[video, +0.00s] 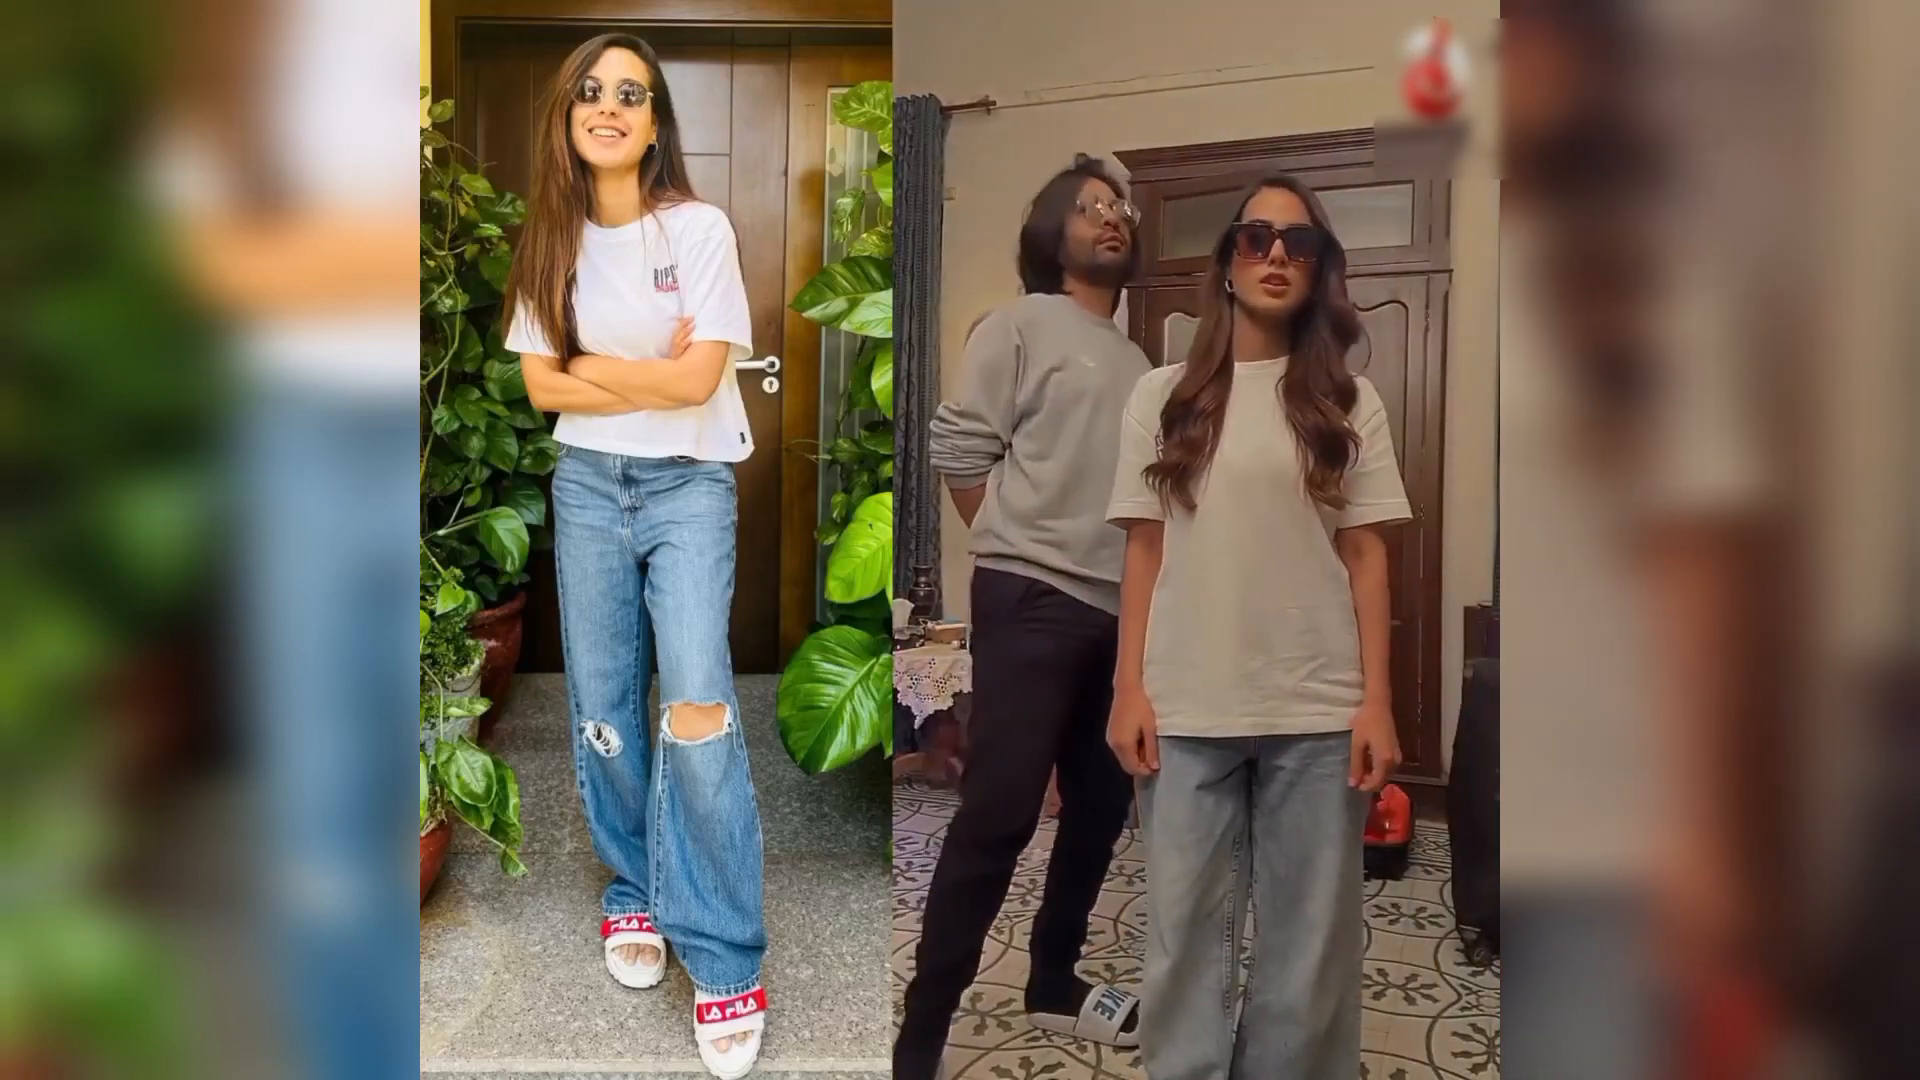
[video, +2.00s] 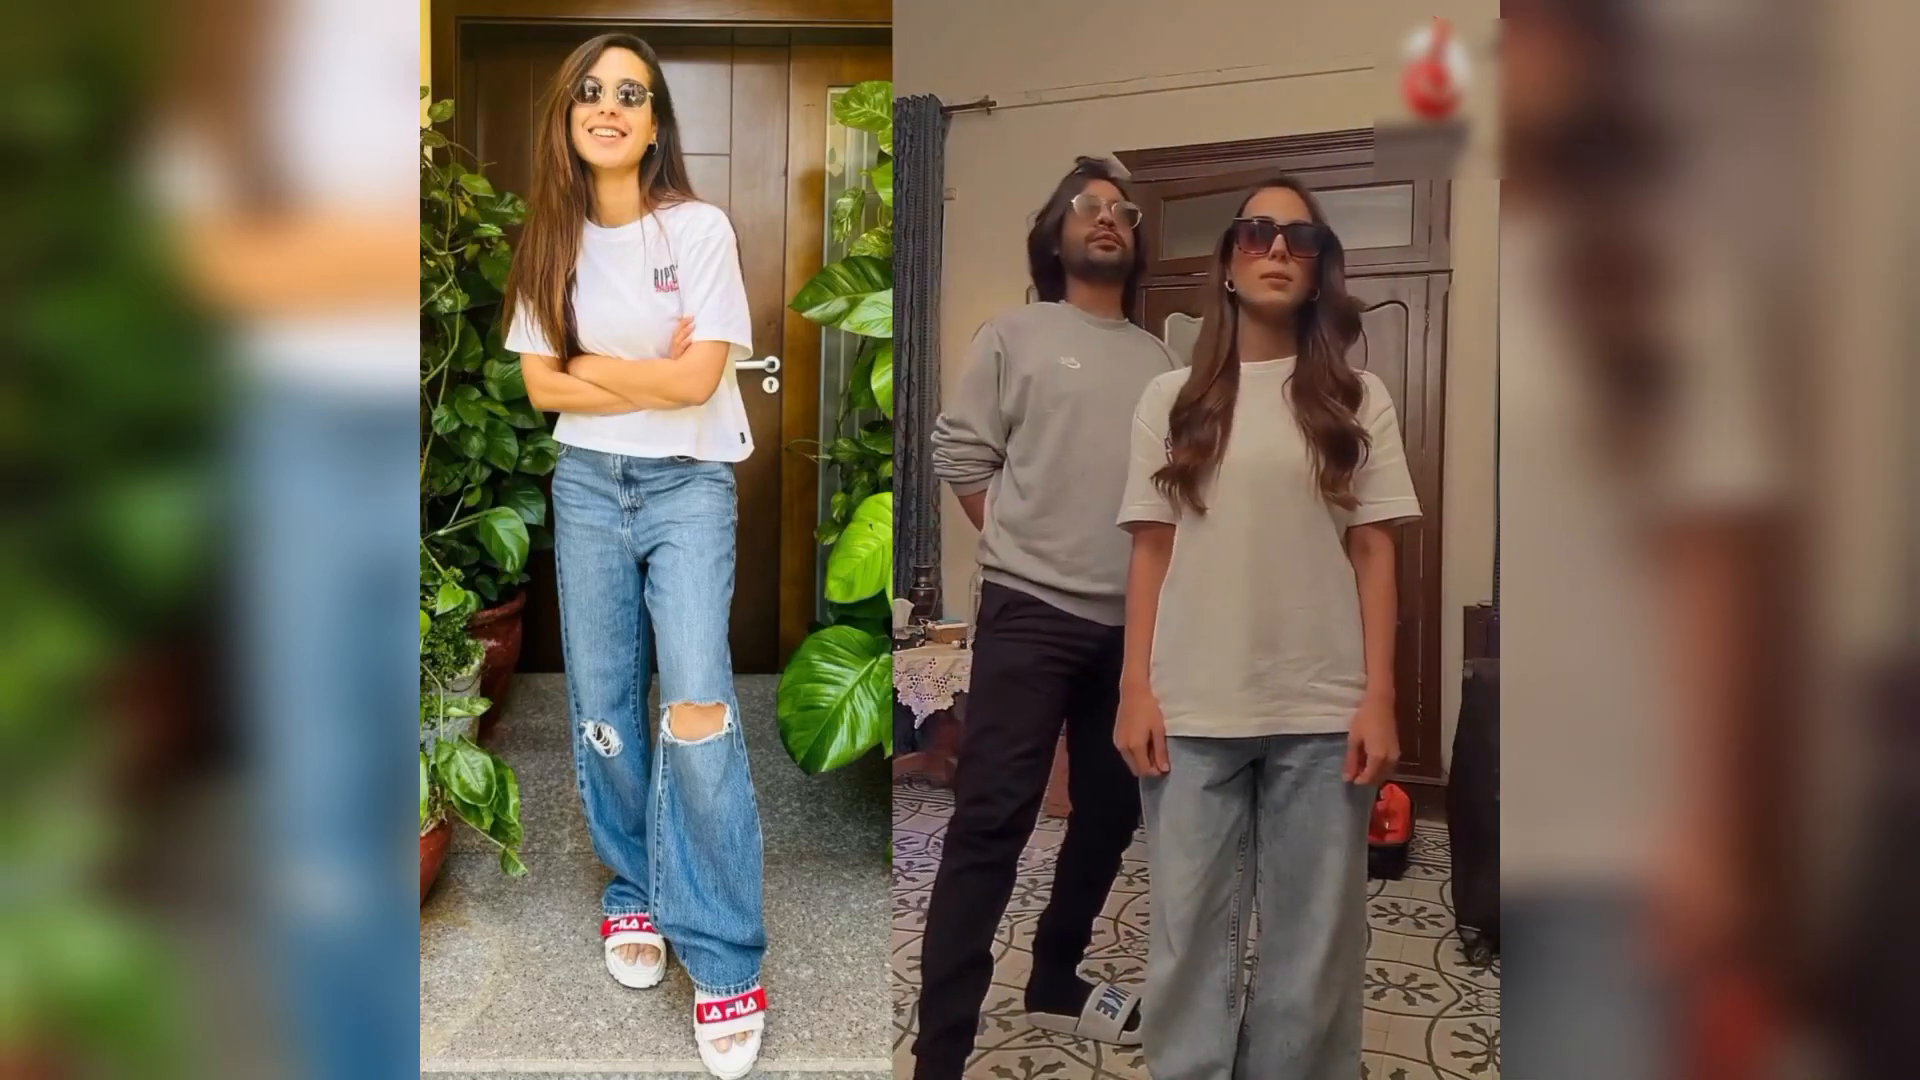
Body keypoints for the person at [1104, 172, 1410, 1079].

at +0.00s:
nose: (1276, 253)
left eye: (1298, 241)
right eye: (1257, 238)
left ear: (1323, 269)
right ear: (1227, 264)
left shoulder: (1350, 397)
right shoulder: (1166, 392)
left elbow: (1365, 554)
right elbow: (1144, 549)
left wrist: (1376, 701)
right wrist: (1129, 686)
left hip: (1319, 715)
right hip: (1186, 712)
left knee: (1310, 954)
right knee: (1178, 942)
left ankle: (1286, 1073)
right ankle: (1183, 1068)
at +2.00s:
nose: (1278, 249)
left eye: (1299, 238)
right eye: (1258, 235)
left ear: (1321, 268)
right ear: (1227, 263)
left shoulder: (1358, 397)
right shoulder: (1174, 395)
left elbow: (1374, 554)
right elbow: (1150, 550)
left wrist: (1378, 700)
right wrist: (1136, 685)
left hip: (1325, 717)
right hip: (1193, 715)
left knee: (1313, 957)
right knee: (1184, 945)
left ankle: (1289, 1073)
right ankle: (1186, 1070)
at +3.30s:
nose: (1278, 249)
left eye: (1300, 240)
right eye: (1260, 235)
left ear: (1323, 271)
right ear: (1228, 261)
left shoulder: (1346, 395)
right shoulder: (1164, 390)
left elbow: (1366, 552)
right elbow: (1143, 544)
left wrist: (1386, 682)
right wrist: (1121, 671)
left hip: (1322, 714)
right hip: (1185, 712)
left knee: (1309, 954)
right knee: (1181, 944)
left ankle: (1290, 1073)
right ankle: (1186, 1068)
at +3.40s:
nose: (1274, 247)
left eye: (1295, 236)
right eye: (1255, 233)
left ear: (1320, 265)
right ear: (1225, 260)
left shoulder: (1351, 393)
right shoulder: (1168, 390)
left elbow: (1354, 542)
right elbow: (1164, 540)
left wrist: (1421, 535)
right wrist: (1103, 552)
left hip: (1320, 707)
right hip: (1185, 705)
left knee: (1310, 951)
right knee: (1183, 943)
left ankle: (1293, 1071)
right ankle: (1184, 1067)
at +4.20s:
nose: (1265, 247)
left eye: (1285, 236)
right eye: (1246, 233)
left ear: (1311, 265)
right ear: (1216, 262)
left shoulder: (1346, 396)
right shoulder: (1161, 394)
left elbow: (1353, 544)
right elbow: (1153, 541)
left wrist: (1426, 550)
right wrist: (1070, 544)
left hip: (1317, 708)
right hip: (1180, 707)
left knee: (1308, 949)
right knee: (1183, 942)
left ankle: (1294, 1072)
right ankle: (1185, 1068)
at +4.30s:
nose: (1264, 245)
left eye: (1285, 234)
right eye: (1246, 232)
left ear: (1311, 265)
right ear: (1216, 263)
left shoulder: (1344, 392)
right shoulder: (1163, 390)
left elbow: (1394, 540)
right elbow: (1115, 532)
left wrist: (1431, 407)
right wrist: (1066, 402)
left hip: (1317, 706)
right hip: (1181, 704)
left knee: (1309, 953)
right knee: (1182, 945)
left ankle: (1294, 1072)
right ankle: (1184, 1067)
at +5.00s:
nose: (1266, 248)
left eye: (1286, 236)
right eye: (1247, 234)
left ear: (1311, 263)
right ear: (1217, 258)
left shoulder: (1347, 392)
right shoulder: (1159, 391)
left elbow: (1384, 537)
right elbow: (1105, 531)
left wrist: (1471, 451)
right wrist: (1026, 446)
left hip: (1320, 707)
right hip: (1184, 708)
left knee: (1315, 944)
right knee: (1185, 938)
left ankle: (1294, 1075)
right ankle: (1186, 1069)